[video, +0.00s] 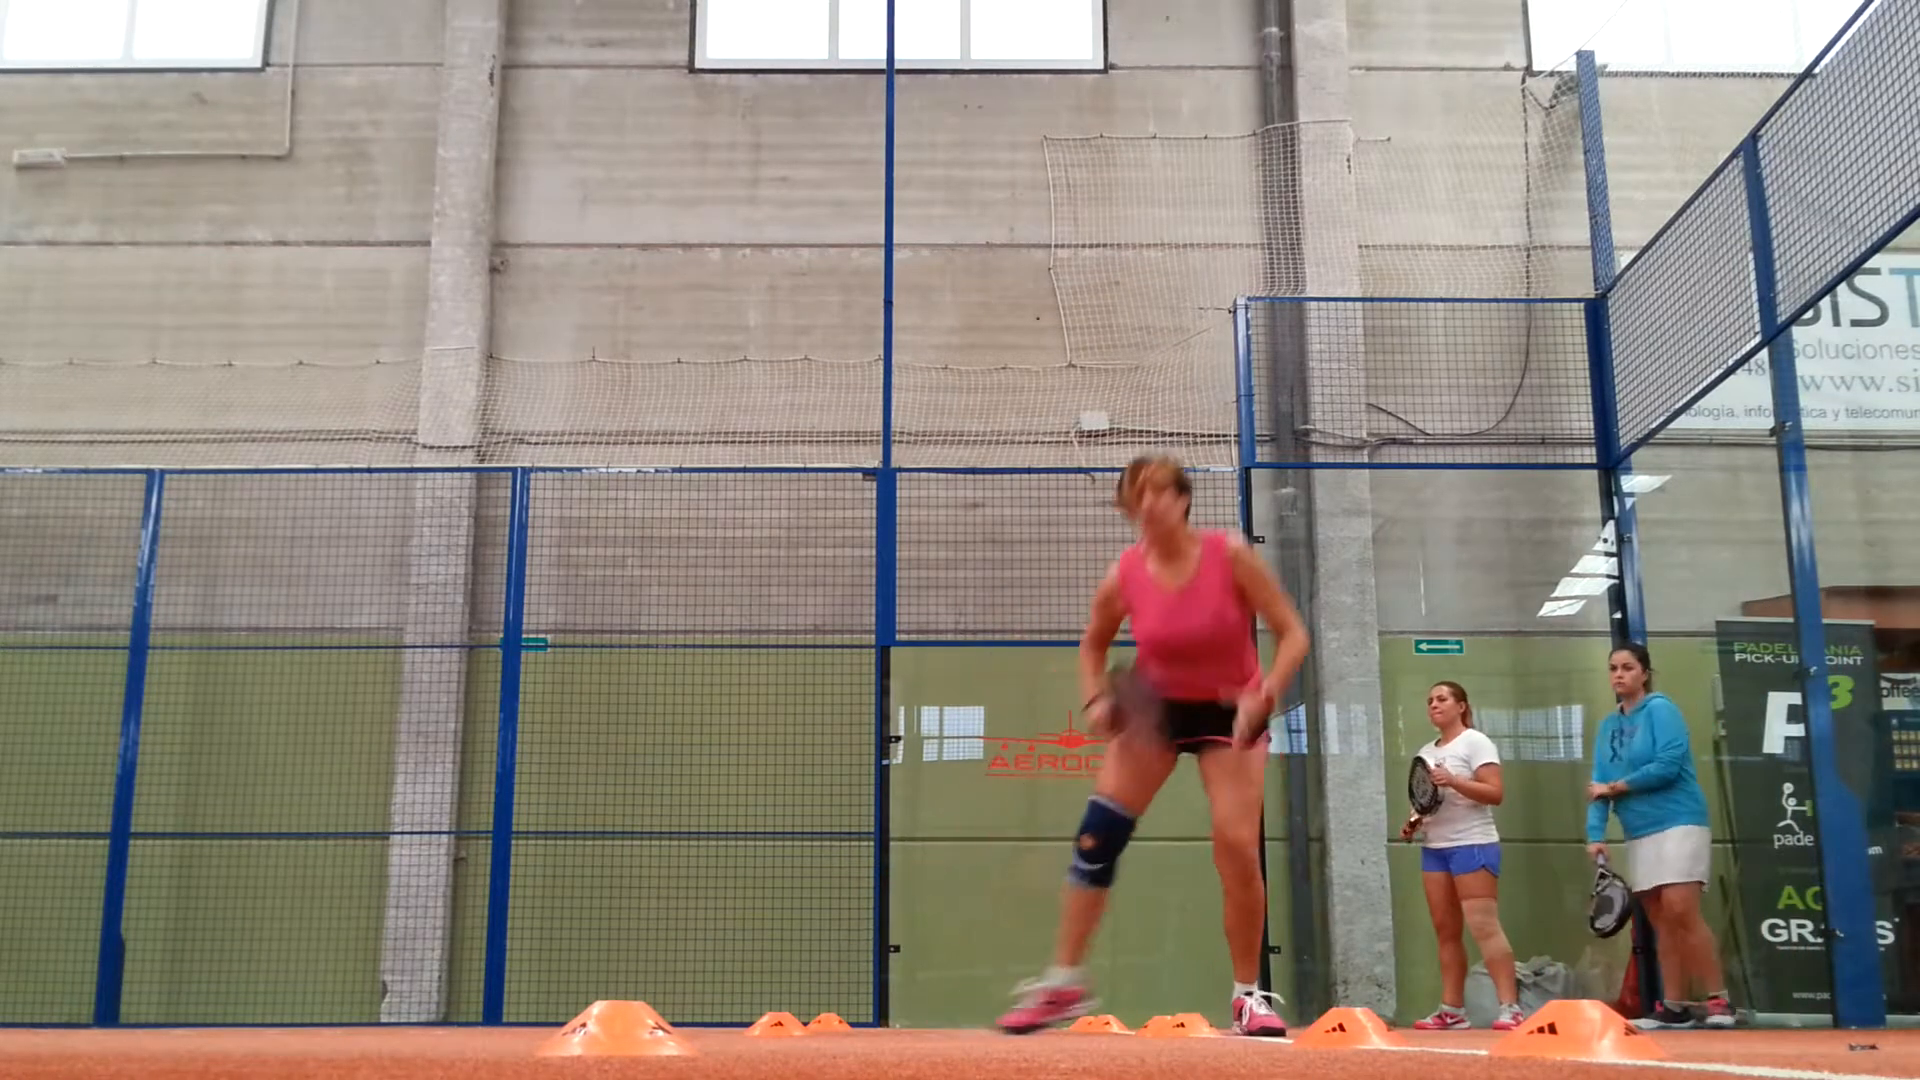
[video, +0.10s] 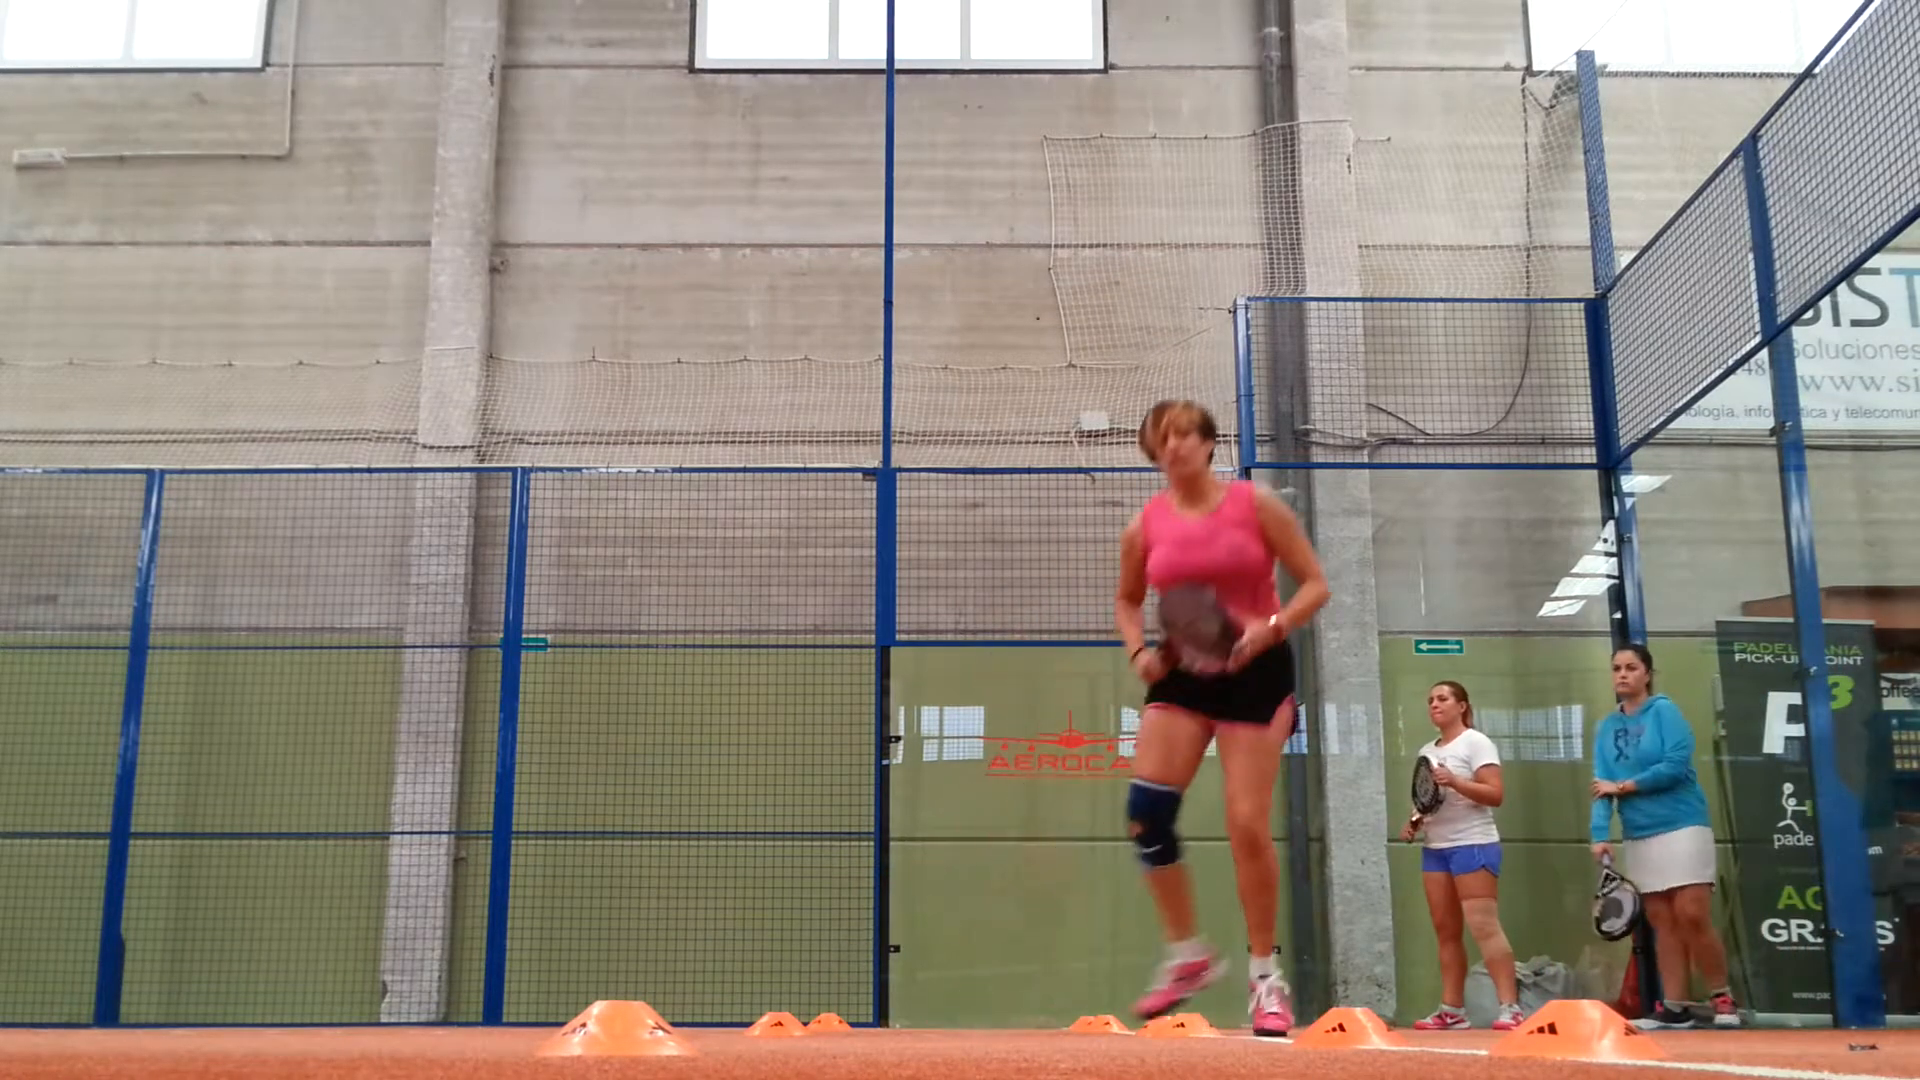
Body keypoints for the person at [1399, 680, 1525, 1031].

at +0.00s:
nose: (1434, 705)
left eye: (1442, 699)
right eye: (1431, 701)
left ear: (1461, 706)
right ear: (1429, 711)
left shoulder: (1477, 743)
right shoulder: (1426, 753)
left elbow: (1495, 793)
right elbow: (1426, 799)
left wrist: (1453, 782)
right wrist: (1414, 820)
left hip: (1472, 845)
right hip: (1435, 848)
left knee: (1484, 926)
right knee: (1446, 930)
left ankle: (1509, 1007)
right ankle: (1452, 1009)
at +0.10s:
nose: (1435, 705)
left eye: (1442, 699)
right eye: (1431, 701)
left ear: (1462, 706)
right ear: (1430, 711)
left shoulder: (1478, 743)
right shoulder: (1428, 752)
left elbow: (1495, 795)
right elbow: (1427, 799)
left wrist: (1454, 782)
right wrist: (1415, 820)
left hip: (1473, 845)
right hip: (1436, 848)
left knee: (1484, 926)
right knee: (1446, 930)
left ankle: (1510, 1007)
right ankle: (1452, 1009)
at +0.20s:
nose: (1435, 705)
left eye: (1443, 699)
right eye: (1432, 701)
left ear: (1462, 706)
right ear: (1430, 710)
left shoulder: (1478, 743)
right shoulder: (1428, 752)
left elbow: (1496, 795)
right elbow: (1427, 799)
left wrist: (1456, 781)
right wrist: (1416, 820)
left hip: (1473, 845)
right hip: (1436, 848)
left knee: (1484, 927)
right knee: (1446, 930)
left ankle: (1509, 1007)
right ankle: (1452, 1009)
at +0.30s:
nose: (1435, 705)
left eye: (1443, 699)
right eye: (1432, 701)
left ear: (1463, 706)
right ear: (1430, 711)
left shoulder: (1478, 743)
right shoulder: (1428, 751)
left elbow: (1495, 796)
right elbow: (1428, 799)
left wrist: (1457, 780)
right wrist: (1417, 819)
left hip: (1473, 844)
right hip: (1436, 847)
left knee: (1484, 926)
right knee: (1446, 929)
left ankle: (1509, 1006)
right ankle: (1452, 1008)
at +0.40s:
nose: (1435, 705)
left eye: (1443, 699)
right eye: (1432, 701)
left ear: (1463, 706)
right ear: (1430, 710)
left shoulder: (1479, 744)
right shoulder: (1428, 751)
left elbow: (1496, 796)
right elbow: (1427, 798)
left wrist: (1458, 780)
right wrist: (1416, 819)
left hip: (1472, 845)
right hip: (1435, 847)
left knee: (1483, 925)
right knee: (1446, 931)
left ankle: (1509, 1004)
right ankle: (1456, 1005)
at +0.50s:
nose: (1435, 705)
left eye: (1443, 699)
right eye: (1432, 700)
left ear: (1463, 706)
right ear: (1429, 710)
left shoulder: (1479, 743)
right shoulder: (1427, 751)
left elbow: (1495, 796)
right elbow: (1429, 796)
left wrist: (1458, 781)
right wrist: (1415, 818)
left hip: (1472, 843)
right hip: (1434, 847)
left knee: (1484, 926)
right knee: (1444, 931)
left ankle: (1508, 1006)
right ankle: (1451, 1005)